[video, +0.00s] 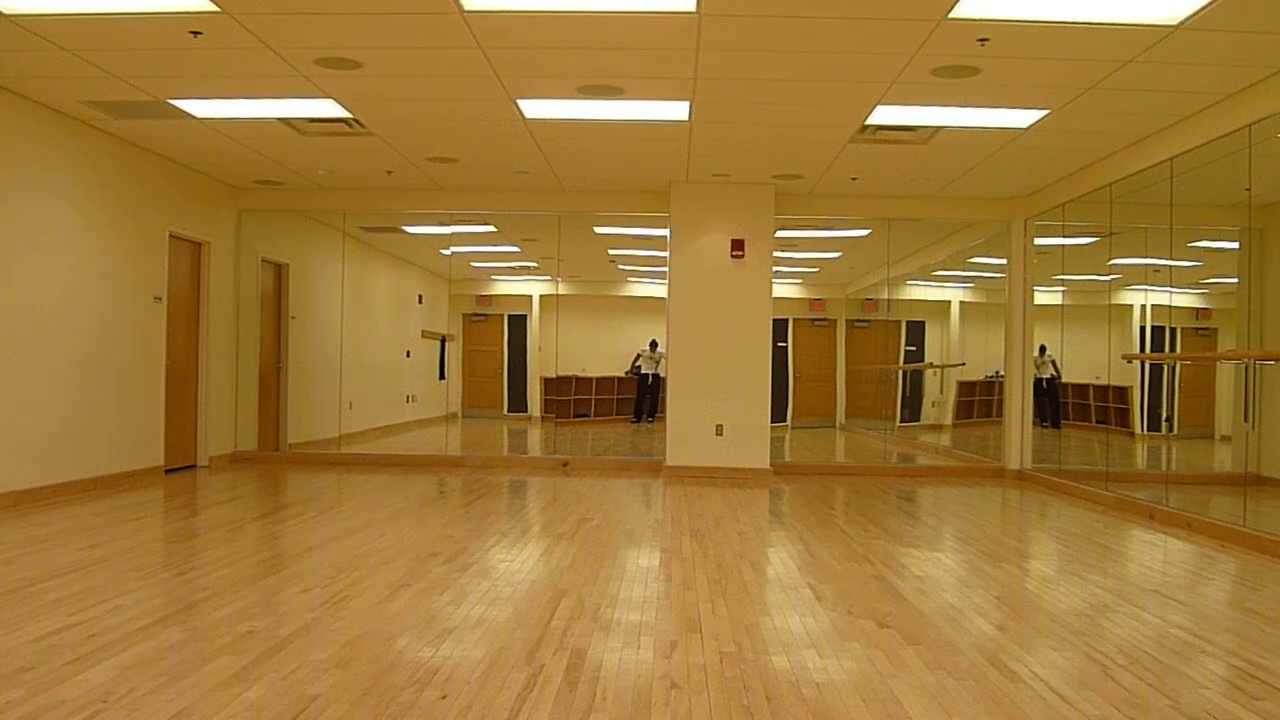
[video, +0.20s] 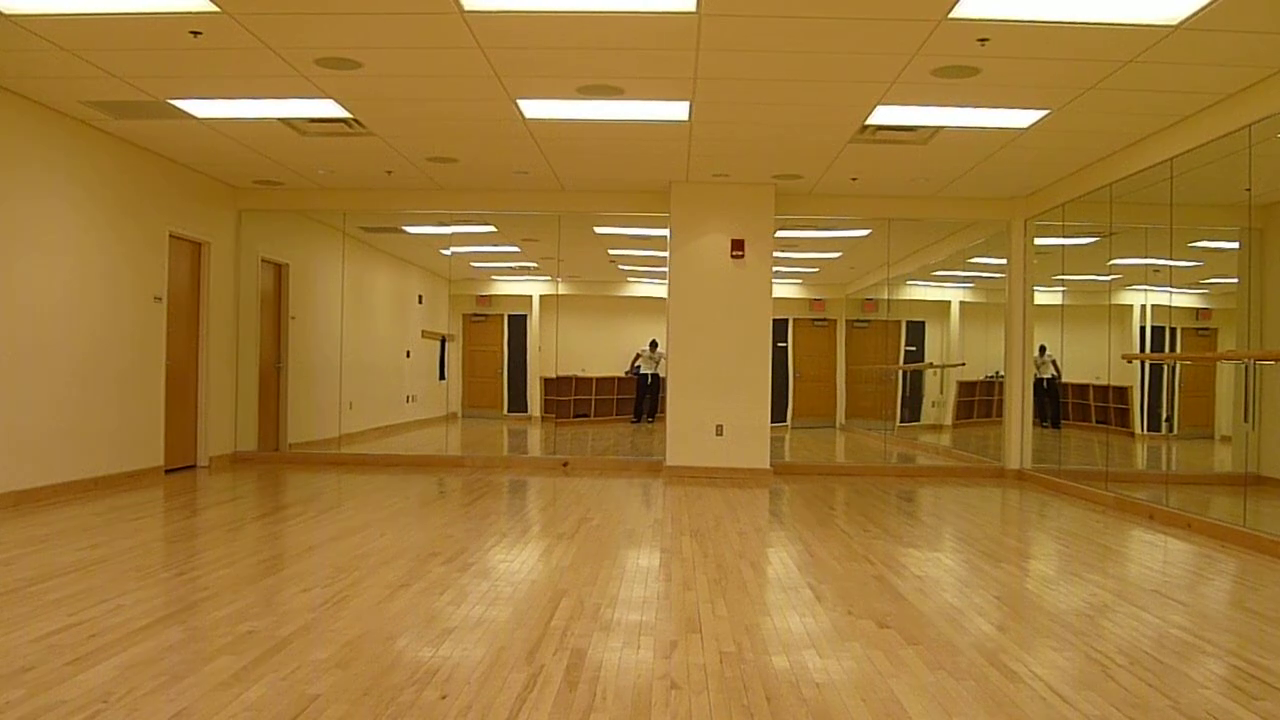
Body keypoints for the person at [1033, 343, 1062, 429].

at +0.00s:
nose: (1042, 353)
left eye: (1043, 351)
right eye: (1041, 351)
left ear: (1045, 351)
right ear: (1039, 351)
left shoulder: (1050, 358)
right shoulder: (1035, 359)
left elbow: (1056, 367)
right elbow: (1033, 369)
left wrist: (1059, 376)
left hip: (1050, 378)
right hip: (1039, 379)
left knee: (1054, 400)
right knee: (1041, 401)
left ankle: (1055, 421)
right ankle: (1043, 420)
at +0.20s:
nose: (1041, 353)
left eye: (1043, 351)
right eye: (1040, 351)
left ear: (1046, 351)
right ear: (1039, 351)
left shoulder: (1050, 358)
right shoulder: (1035, 359)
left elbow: (1056, 368)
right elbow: (1034, 369)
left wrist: (1059, 376)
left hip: (1050, 378)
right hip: (1040, 378)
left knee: (1054, 400)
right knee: (1041, 400)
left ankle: (1055, 421)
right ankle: (1043, 420)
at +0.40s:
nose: (1042, 353)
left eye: (1043, 351)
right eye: (1041, 351)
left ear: (1046, 351)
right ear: (1039, 351)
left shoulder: (1050, 358)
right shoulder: (1035, 359)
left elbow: (1057, 368)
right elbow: (1035, 369)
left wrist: (1059, 376)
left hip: (1050, 378)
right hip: (1040, 378)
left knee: (1054, 400)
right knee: (1040, 400)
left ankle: (1055, 421)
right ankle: (1043, 420)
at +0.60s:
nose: (1042, 353)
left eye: (1043, 351)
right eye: (1041, 351)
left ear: (1046, 351)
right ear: (1039, 351)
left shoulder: (1050, 358)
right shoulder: (1035, 359)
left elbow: (1056, 367)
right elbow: (1034, 368)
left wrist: (1059, 376)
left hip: (1050, 378)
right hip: (1039, 378)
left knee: (1054, 400)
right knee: (1040, 400)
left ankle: (1055, 421)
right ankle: (1043, 420)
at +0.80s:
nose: (1042, 353)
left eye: (1043, 351)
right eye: (1041, 350)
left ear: (1045, 351)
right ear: (1039, 351)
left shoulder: (1050, 358)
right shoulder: (1035, 359)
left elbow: (1056, 368)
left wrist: (1059, 376)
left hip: (1050, 378)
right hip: (1039, 378)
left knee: (1054, 400)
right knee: (1040, 401)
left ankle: (1055, 421)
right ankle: (1043, 421)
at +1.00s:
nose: (1042, 353)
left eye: (1043, 351)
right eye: (1041, 350)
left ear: (1045, 351)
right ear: (1039, 351)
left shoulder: (1050, 358)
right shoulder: (1035, 359)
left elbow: (1056, 367)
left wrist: (1059, 376)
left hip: (1050, 378)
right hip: (1039, 378)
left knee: (1054, 400)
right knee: (1040, 401)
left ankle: (1055, 421)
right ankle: (1043, 421)